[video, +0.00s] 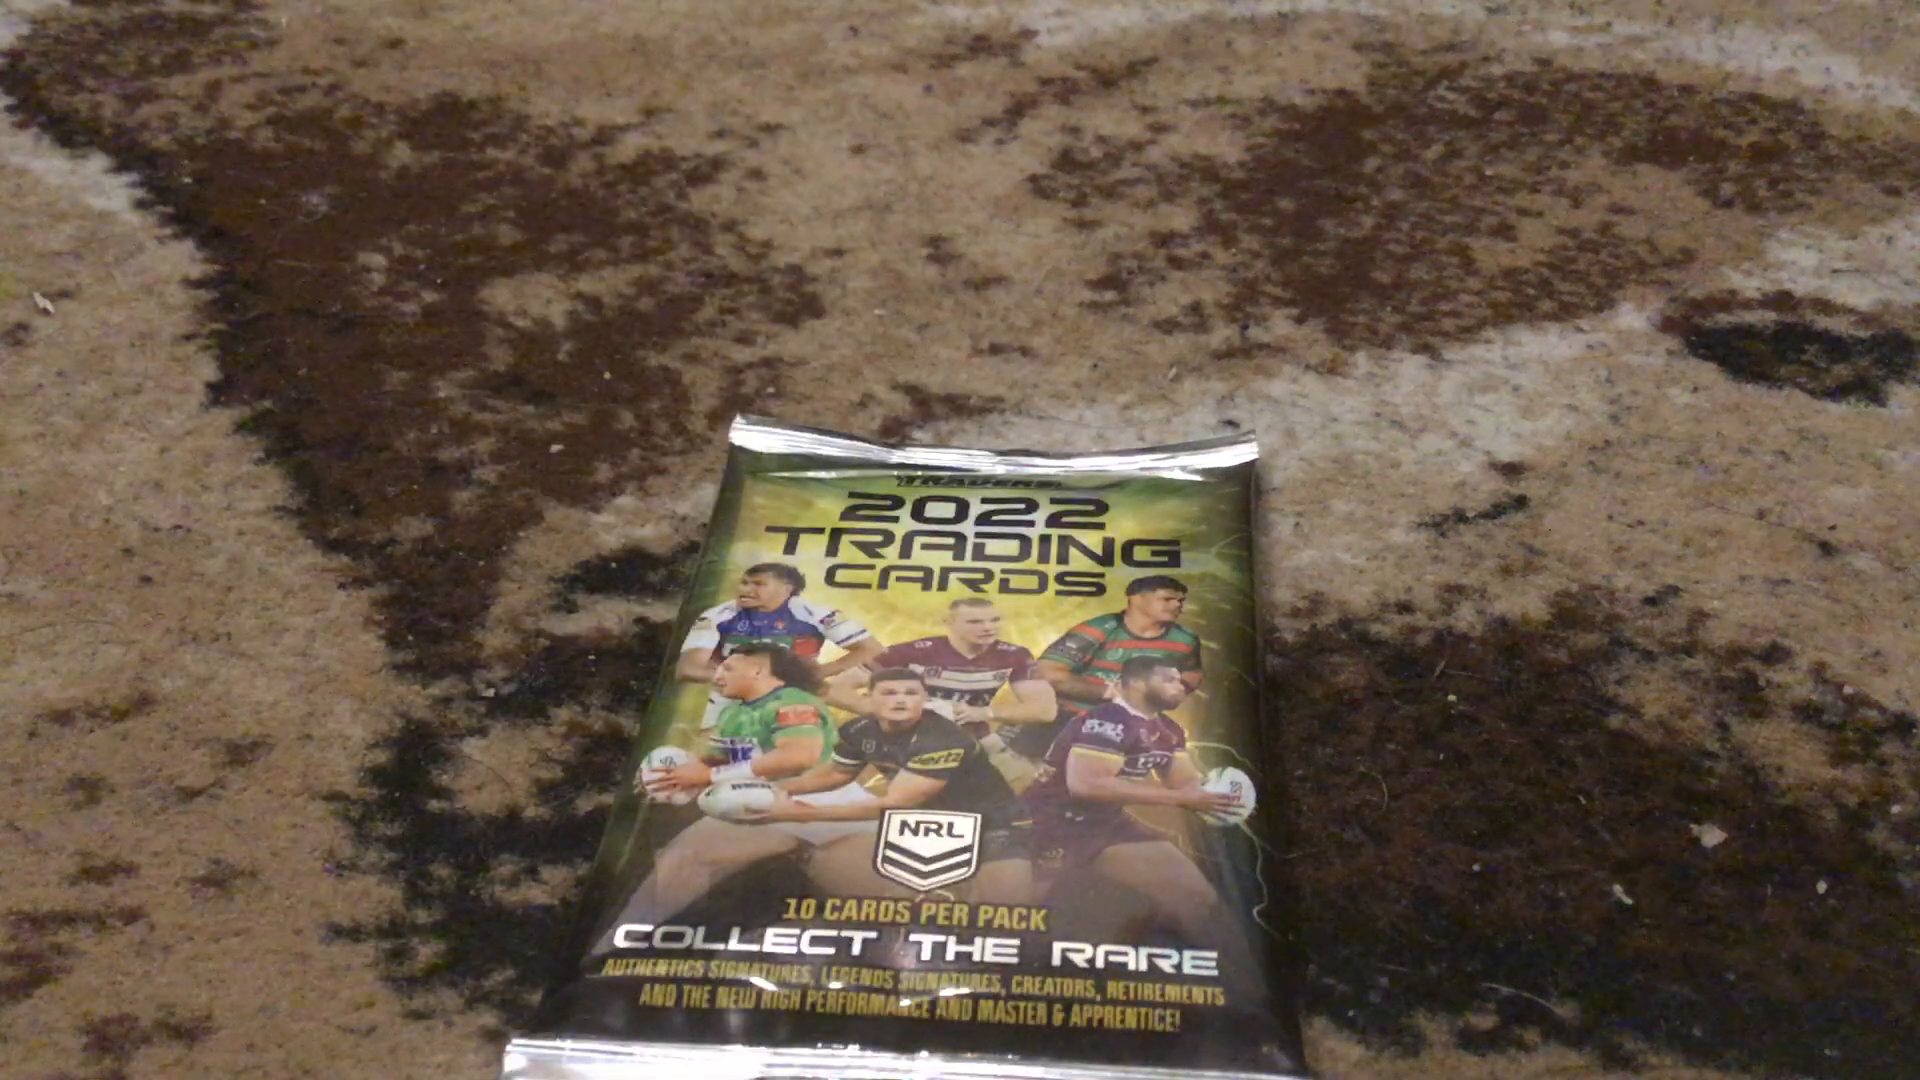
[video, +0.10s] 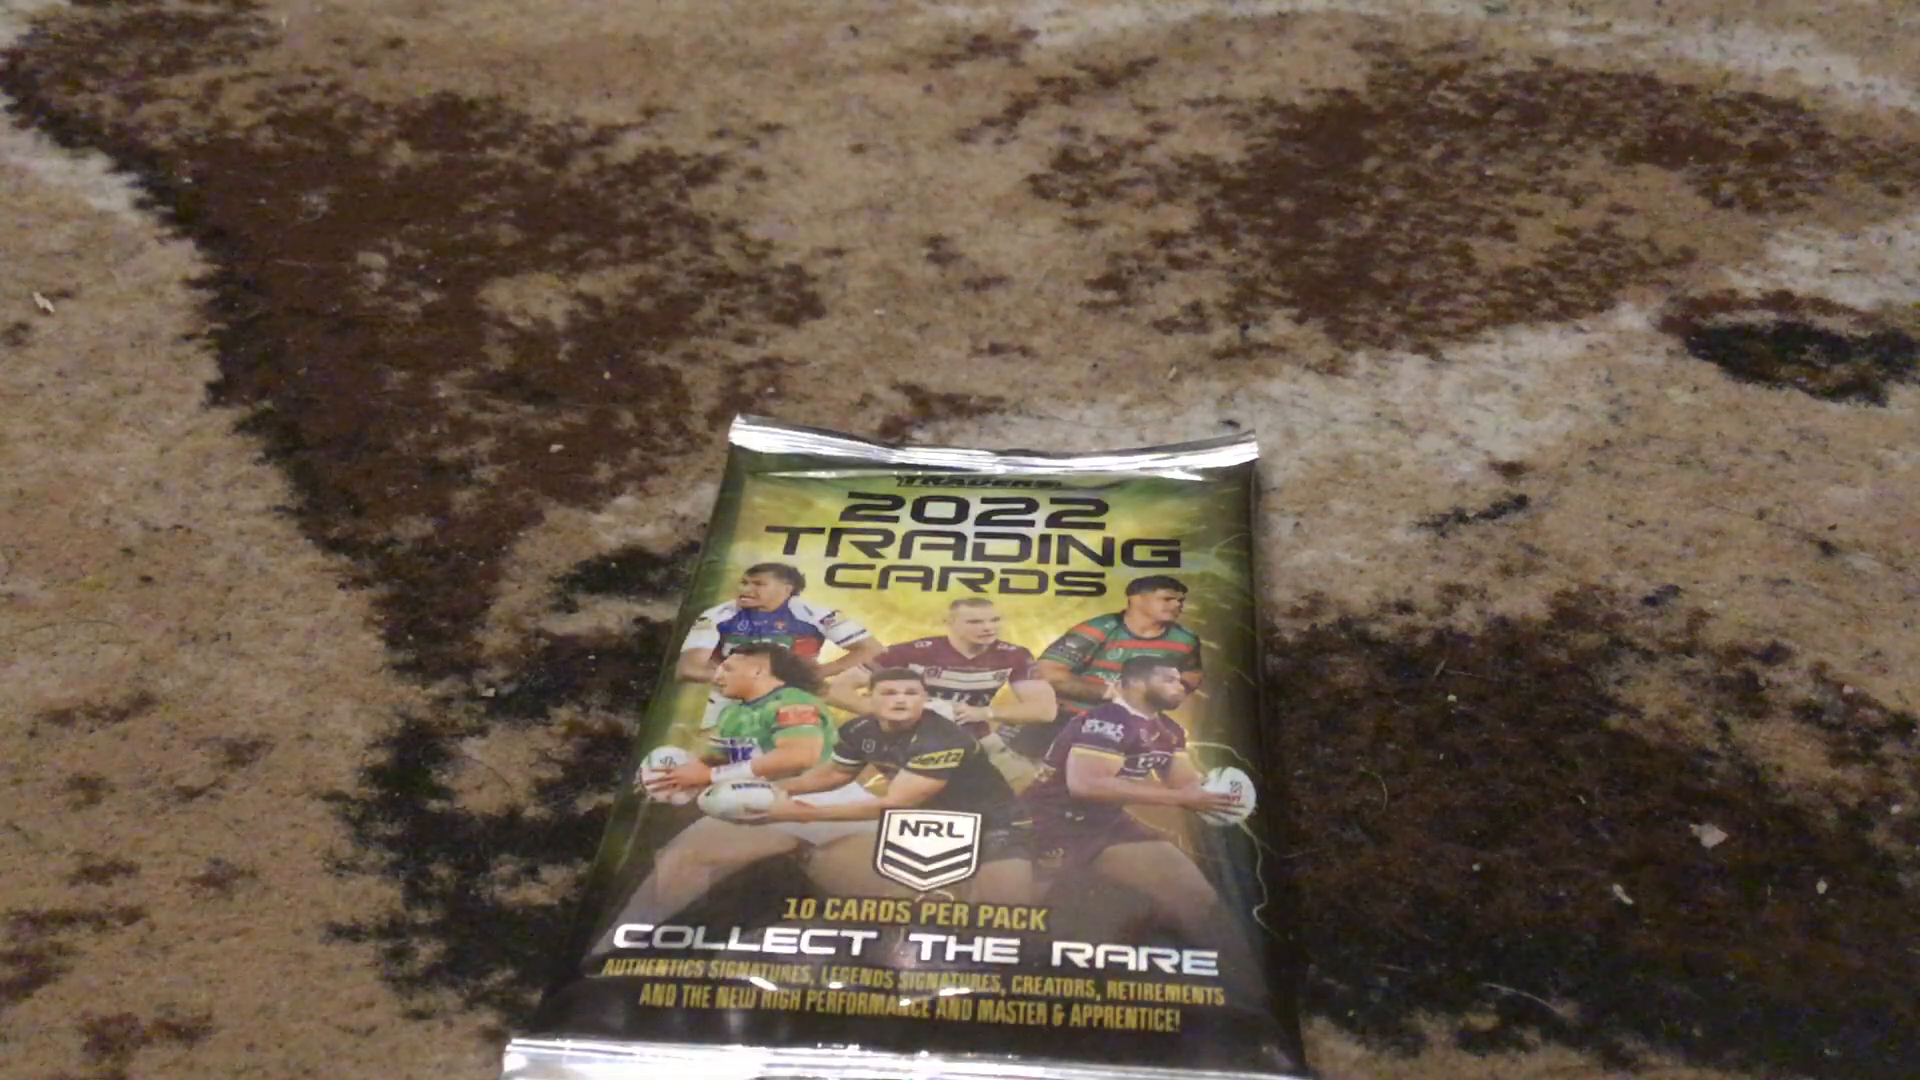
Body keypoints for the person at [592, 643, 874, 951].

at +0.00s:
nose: (720, 671)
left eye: (729, 663)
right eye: (722, 664)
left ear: (761, 665)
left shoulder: (794, 701)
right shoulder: (733, 714)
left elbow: (803, 755)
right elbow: (718, 766)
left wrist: (711, 776)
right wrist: (673, 781)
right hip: (751, 817)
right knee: (675, 862)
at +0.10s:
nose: (720, 670)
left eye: (729, 662)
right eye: (722, 663)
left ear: (761, 664)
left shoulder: (794, 701)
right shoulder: (733, 714)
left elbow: (801, 755)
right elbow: (719, 766)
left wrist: (712, 775)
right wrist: (676, 781)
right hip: (751, 817)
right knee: (672, 864)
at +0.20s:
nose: (720, 669)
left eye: (730, 661)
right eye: (722, 662)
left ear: (761, 664)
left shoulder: (794, 702)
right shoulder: (733, 714)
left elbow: (802, 754)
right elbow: (718, 766)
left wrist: (712, 775)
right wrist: (673, 781)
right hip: (749, 815)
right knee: (671, 864)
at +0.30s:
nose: (719, 672)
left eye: (728, 665)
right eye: (722, 665)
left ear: (761, 666)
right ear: (756, 667)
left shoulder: (794, 702)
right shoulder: (735, 714)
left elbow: (801, 755)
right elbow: (712, 761)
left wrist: (710, 775)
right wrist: (667, 778)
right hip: (747, 814)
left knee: (688, 861)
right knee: (674, 861)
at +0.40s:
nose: (720, 670)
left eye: (729, 662)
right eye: (722, 663)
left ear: (761, 665)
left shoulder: (794, 701)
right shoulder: (734, 715)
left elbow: (802, 755)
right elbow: (712, 762)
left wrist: (711, 776)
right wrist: (669, 780)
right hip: (753, 817)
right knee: (674, 862)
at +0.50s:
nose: (721, 668)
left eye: (731, 661)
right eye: (723, 662)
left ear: (762, 664)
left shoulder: (794, 701)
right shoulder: (732, 714)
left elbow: (802, 755)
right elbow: (715, 764)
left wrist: (712, 776)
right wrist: (668, 779)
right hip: (750, 817)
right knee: (671, 863)